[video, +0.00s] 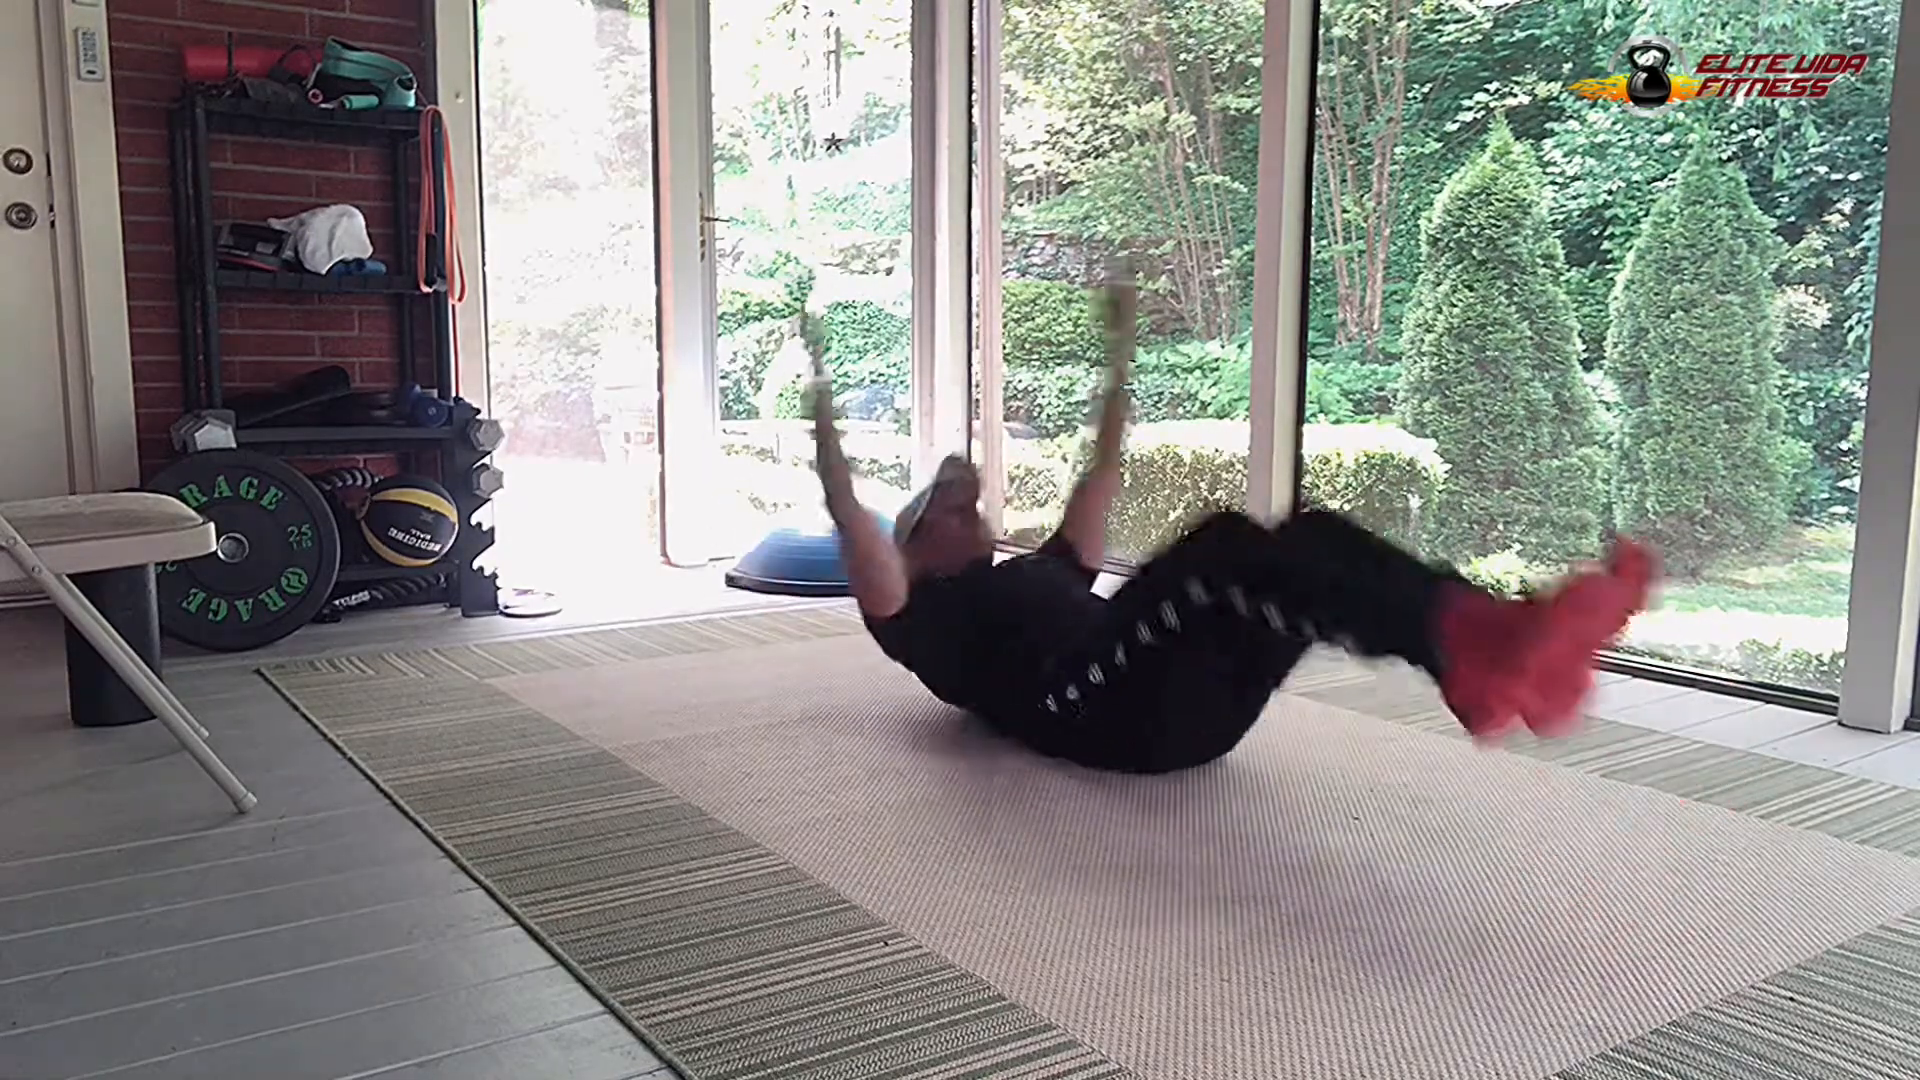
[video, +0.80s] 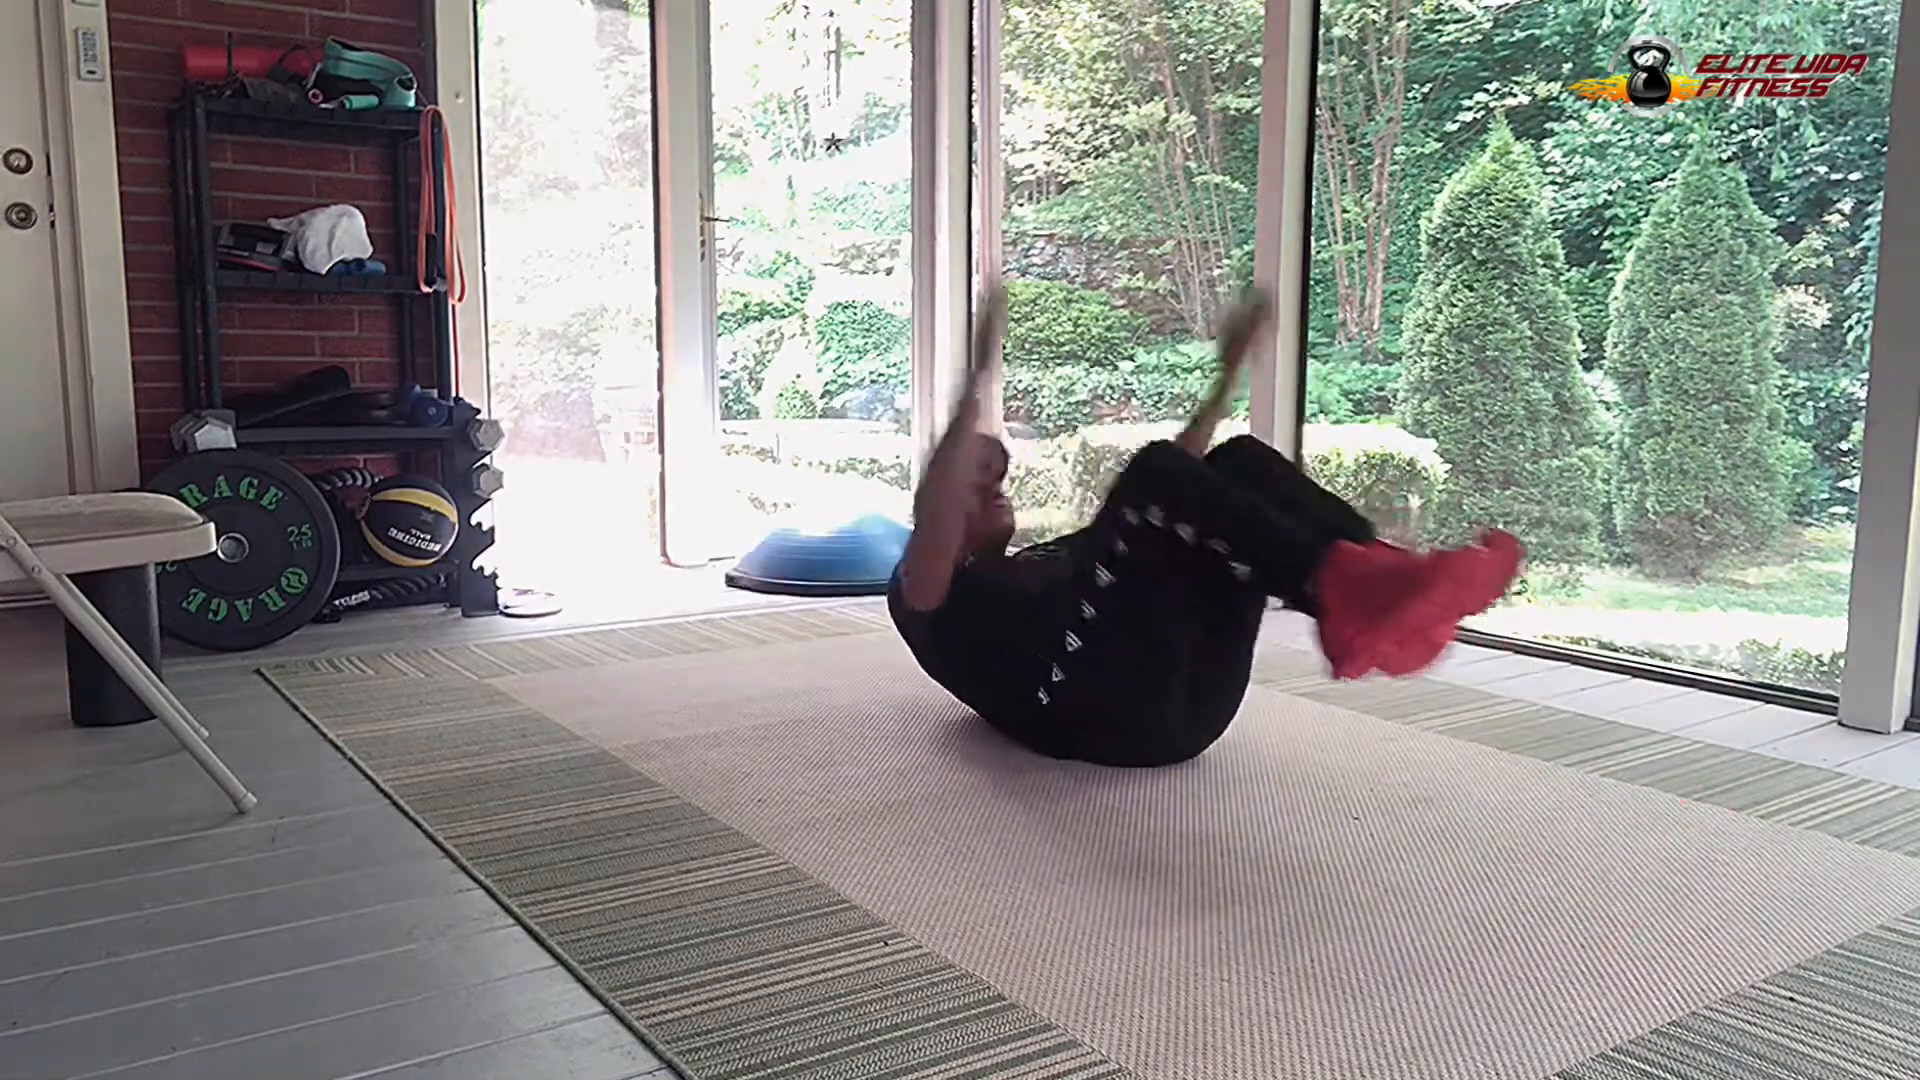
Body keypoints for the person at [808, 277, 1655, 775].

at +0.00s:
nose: (969, 508)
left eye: (973, 500)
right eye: (947, 507)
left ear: (989, 524)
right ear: (912, 543)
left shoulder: (1044, 572)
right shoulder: (922, 613)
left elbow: (1099, 483)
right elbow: (872, 565)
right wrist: (831, 454)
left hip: (1170, 691)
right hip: (1106, 709)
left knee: (1302, 533)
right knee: (1232, 550)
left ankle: (1495, 648)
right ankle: (1472, 648)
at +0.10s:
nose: (996, 499)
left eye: (1000, 489)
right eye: (975, 493)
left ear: (1012, 506)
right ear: (932, 523)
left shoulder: (1073, 554)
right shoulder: (934, 605)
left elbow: (1155, 471)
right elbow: (896, 514)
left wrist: (1212, 351)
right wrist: (902, 447)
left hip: (1192, 697)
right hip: (1109, 706)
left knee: (1258, 478)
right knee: (1170, 495)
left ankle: (1415, 587)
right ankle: (1401, 577)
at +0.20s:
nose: (1025, 489)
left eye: (1029, 475)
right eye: (1005, 477)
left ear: (1033, 495)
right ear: (962, 496)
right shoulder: (937, 598)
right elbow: (953, 523)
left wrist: (1283, 398)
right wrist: (985, 438)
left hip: (1191, 698)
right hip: (1095, 701)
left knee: (1203, 441)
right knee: (1125, 452)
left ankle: (1357, 538)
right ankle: (1312, 557)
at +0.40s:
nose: (1043, 505)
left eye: (1039, 490)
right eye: (1025, 489)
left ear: (1050, 489)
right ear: (974, 504)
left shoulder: (1072, 535)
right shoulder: (938, 578)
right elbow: (996, 585)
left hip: (1191, 696)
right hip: (1090, 712)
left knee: (1139, 440)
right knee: (1076, 446)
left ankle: (1256, 552)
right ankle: (1237, 568)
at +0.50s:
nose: (1042, 504)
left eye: (1037, 489)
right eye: (1023, 490)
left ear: (1048, 490)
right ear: (971, 506)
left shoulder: (1066, 541)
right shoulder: (938, 583)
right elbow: (1001, 585)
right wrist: (1107, 539)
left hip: (1188, 698)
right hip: (1087, 712)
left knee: (1146, 439)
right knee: (1076, 446)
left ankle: (1274, 547)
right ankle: (1234, 567)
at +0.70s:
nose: (1011, 483)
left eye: (1012, 472)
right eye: (990, 479)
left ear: (1020, 496)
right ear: (944, 516)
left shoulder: (1078, 566)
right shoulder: (931, 598)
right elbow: (973, 537)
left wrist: (1274, 448)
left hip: (1190, 702)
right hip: (1095, 703)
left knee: (1195, 441)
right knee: (1116, 454)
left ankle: (1327, 576)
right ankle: (1298, 575)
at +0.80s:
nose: (1000, 498)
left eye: (999, 482)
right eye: (981, 485)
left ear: (1005, 495)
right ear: (940, 504)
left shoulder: (1060, 566)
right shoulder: (930, 602)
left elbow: (1164, 485)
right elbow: (944, 481)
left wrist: (1228, 370)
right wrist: (982, 374)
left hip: (1190, 706)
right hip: (1103, 704)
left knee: (1239, 462)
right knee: (1148, 474)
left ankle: (1386, 589)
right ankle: (1341, 594)